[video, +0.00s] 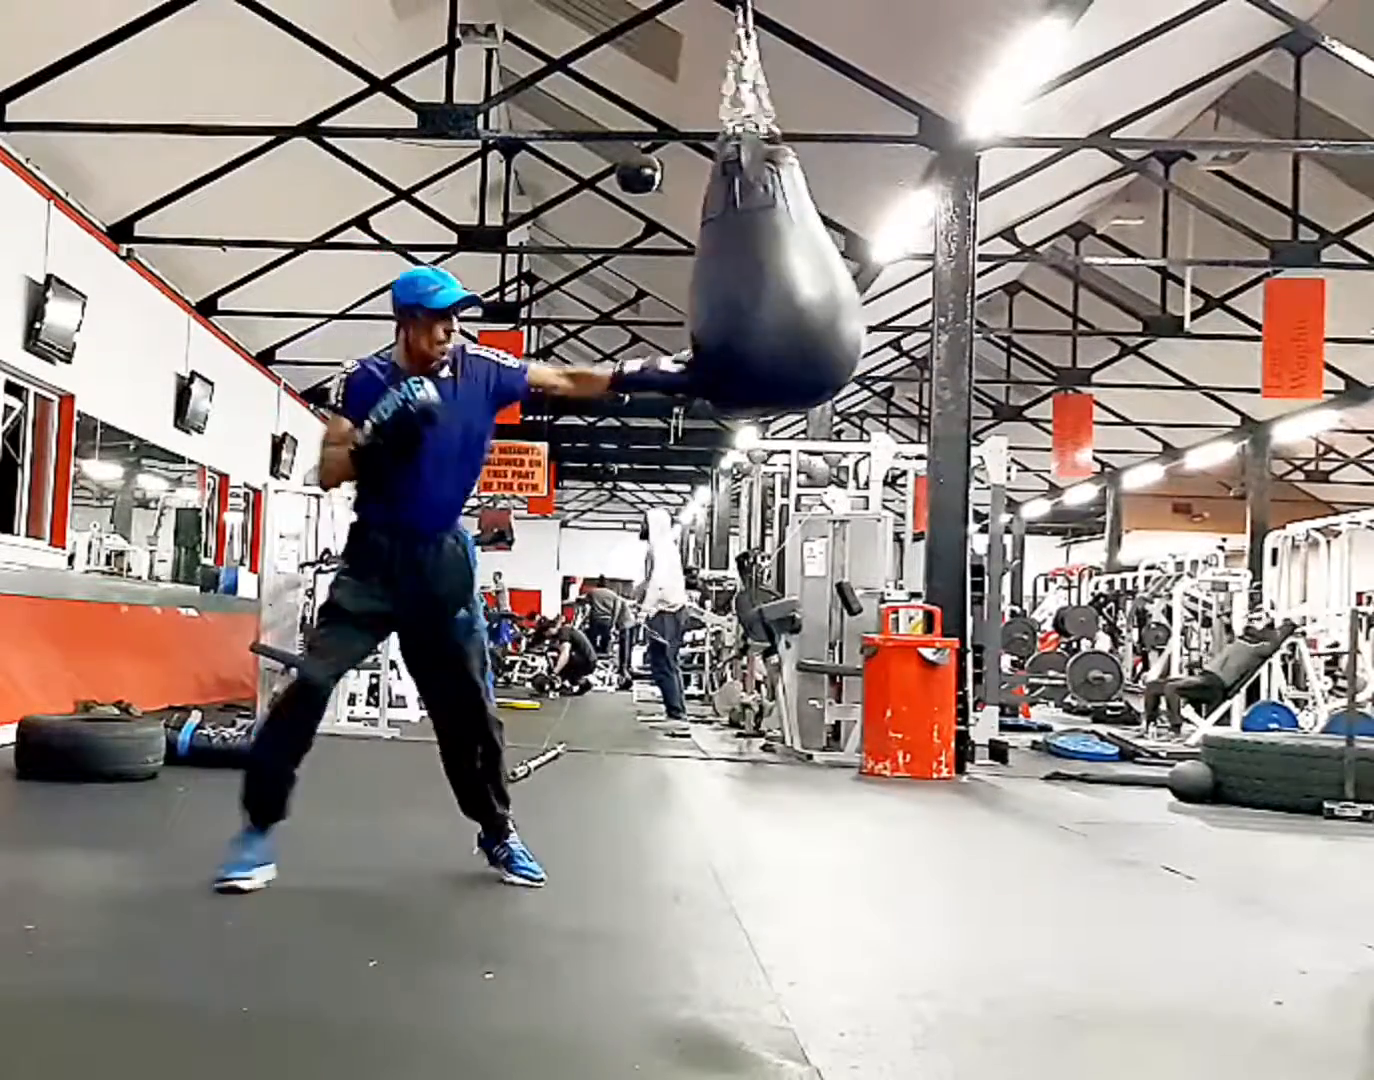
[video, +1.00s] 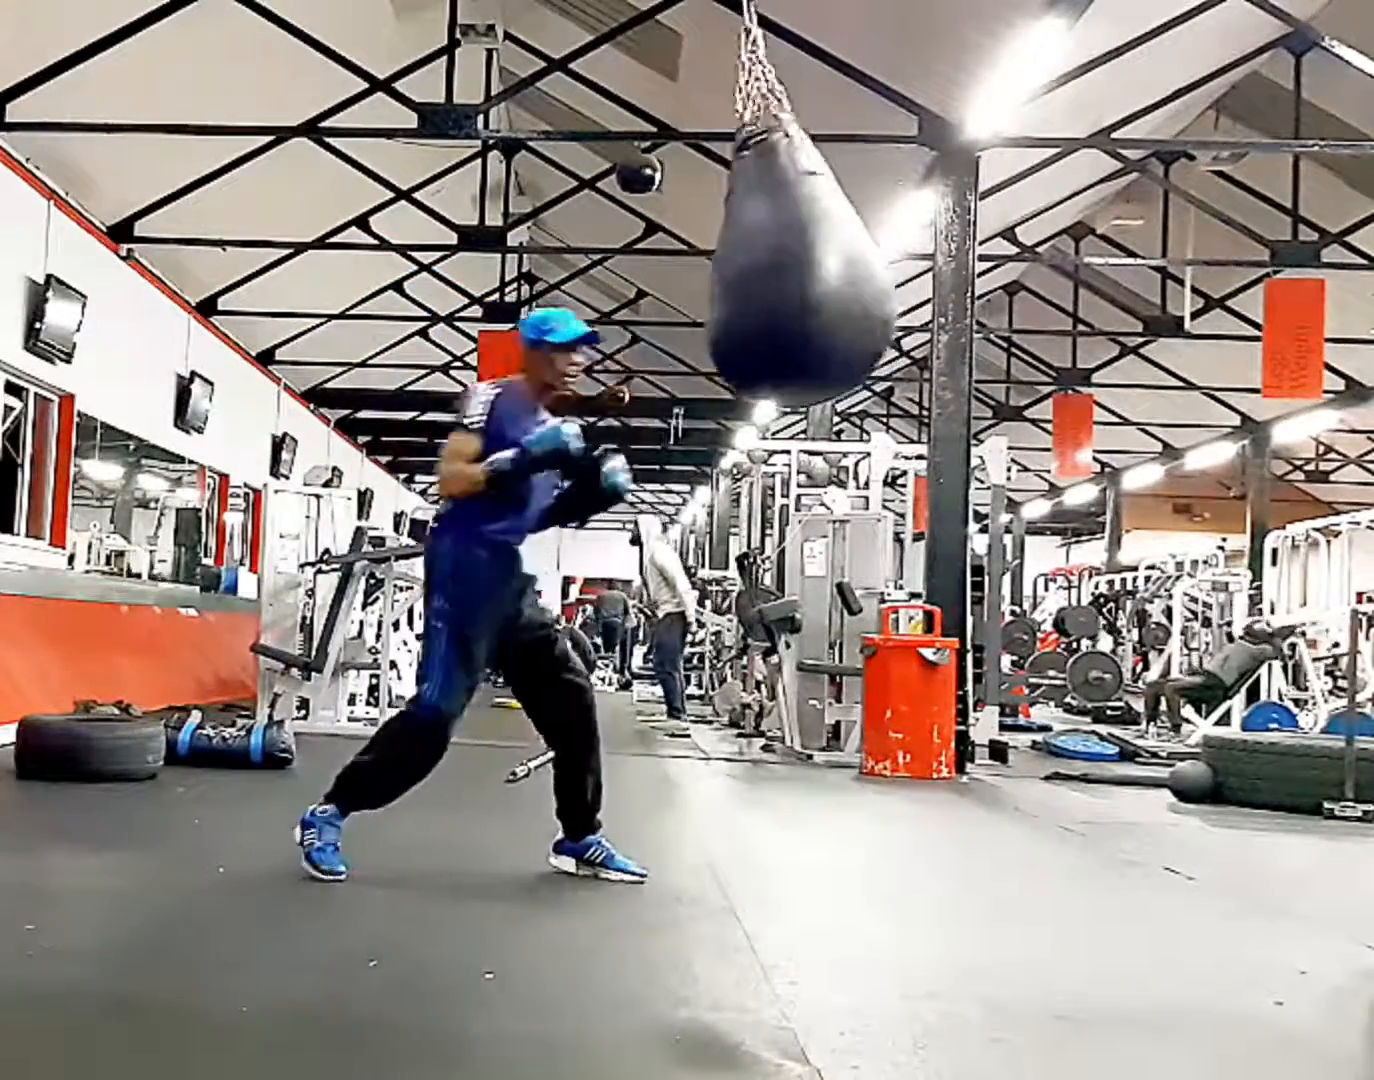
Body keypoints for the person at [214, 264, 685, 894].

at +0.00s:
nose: (446, 338)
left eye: (451, 326)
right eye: (435, 326)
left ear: (456, 324)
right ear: (403, 321)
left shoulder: (482, 371)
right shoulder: (367, 379)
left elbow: (569, 381)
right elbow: (327, 473)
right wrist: (382, 429)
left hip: (443, 568)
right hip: (371, 564)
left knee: (468, 703)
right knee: (309, 684)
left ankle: (498, 834)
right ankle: (256, 833)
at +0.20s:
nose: (475, 351)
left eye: (479, 339)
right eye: (464, 338)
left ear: (478, 344)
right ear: (429, 338)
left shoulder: (485, 401)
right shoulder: (386, 403)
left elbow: (532, 450)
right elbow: (351, 496)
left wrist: (562, 456)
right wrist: (404, 463)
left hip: (460, 589)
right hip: (388, 592)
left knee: (529, 691)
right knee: (354, 716)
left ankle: (552, 825)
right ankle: (299, 831)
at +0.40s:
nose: (577, 351)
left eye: (576, 341)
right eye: (567, 340)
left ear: (548, 345)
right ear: (535, 340)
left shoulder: (530, 412)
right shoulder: (498, 387)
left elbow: (522, 486)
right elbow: (460, 400)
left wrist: (572, 462)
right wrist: (548, 377)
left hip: (494, 578)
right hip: (450, 575)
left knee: (533, 710)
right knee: (393, 709)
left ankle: (572, 837)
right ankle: (310, 828)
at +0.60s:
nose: (623, 374)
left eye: (625, 365)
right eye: (614, 362)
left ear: (611, 367)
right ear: (578, 358)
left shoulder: (580, 424)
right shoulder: (546, 391)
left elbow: (562, 516)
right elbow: (552, 420)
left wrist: (603, 479)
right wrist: (629, 422)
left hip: (524, 565)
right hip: (494, 551)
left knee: (573, 715)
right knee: (451, 700)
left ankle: (574, 840)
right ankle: (333, 807)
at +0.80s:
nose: (637, 385)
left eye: (641, 375)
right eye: (629, 374)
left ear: (631, 377)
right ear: (596, 368)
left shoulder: (605, 432)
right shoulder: (558, 396)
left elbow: (572, 523)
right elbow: (506, 453)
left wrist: (625, 475)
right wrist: (588, 455)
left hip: (525, 561)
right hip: (492, 546)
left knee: (571, 695)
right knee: (455, 695)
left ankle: (577, 838)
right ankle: (346, 809)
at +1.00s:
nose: (577, 367)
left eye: (579, 357)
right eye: (567, 355)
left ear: (566, 361)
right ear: (534, 352)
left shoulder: (550, 425)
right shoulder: (490, 399)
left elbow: (530, 514)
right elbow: (450, 480)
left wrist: (593, 494)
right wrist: (527, 458)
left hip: (504, 574)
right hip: (463, 567)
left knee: (568, 697)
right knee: (438, 707)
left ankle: (580, 838)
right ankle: (329, 814)